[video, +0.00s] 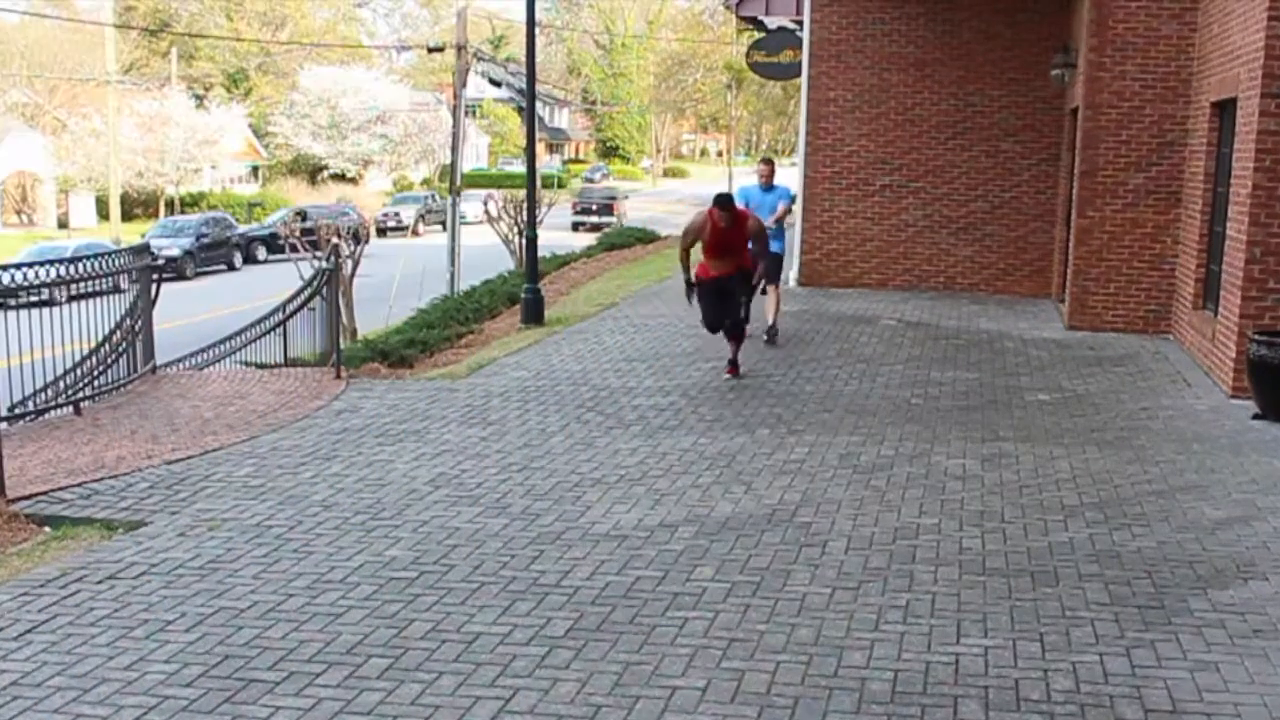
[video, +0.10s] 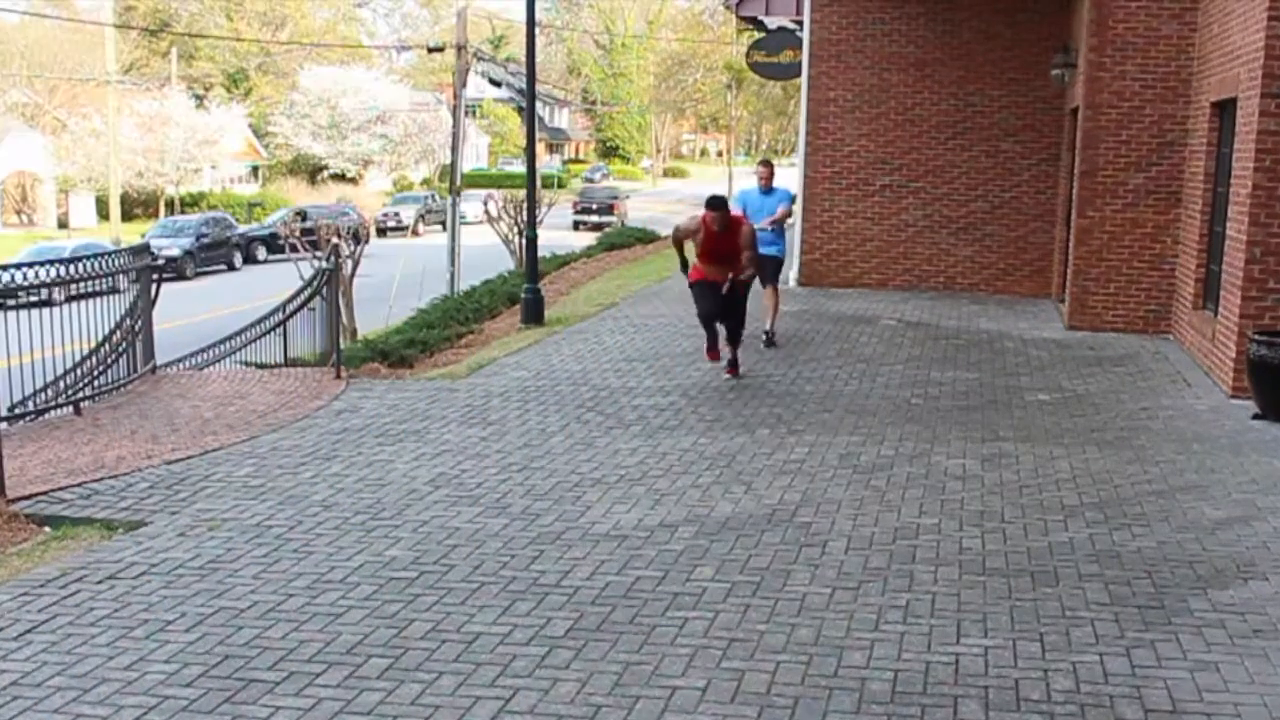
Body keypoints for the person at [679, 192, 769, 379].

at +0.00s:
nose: (723, 219)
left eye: (727, 214)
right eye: (719, 214)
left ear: (734, 211)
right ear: (713, 211)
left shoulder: (751, 224)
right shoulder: (702, 222)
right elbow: (684, 247)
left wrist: (756, 280)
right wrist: (687, 279)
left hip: (738, 275)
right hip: (709, 277)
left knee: (736, 323)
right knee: (712, 326)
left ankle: (733, 360)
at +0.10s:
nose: (714, 222)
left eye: (718, 218)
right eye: (710, 217)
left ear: (727, 215)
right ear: (706, 215)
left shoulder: (744, 229)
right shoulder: (697, 225)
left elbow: (751, 266)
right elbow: (677, 235)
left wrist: (736, 279)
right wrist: (683, 261)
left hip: (734, 279)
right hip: (704, 276)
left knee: (734, 323)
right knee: (707, 313)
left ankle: (733, 356)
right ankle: (711, 338)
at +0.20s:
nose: (698, 222)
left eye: (702, 218)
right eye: (696, 217)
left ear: (713, 214)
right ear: (692, 214)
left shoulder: (735, 226)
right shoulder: (683, 224)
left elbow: (748, 263)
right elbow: (669, 240)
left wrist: (728, 282)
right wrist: (675, 269)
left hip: (729, 276)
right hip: (698, 273)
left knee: (726, 320)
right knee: (692, 320)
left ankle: (732, 350)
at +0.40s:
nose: (683, 229)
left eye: (687, 225)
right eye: (680, 224)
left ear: (699, 220)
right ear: (677, 220)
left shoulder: (722, 232)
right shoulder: (670, 235)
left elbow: (751, 252)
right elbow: (658, 267)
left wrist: (750, 283)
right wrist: (660, 283)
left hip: (716, 288)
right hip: (686, 287)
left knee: (703, 335)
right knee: (683, 340)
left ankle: (720, 348)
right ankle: (697, 378)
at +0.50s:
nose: (686, 229)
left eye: (689, 224)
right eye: (682, 224)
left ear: (700, 218)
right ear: (676, 218)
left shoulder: (722, 226)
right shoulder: (666, 230)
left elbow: (750, 241)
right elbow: (651, 263)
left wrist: (746, 271)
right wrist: (657, 281)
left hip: (711, 282)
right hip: (681, 284)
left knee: (702, 328)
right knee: (685, 334)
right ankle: (693, 370)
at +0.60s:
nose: (688, 228)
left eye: (692, 223)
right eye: (683, 224)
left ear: (700, 217)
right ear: (675, 218)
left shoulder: (722, 229)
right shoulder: (663, 231)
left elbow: (740, 258)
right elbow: (648, 263)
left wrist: (734, 292)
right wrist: (654, 300)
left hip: (707, 290)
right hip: (675, 293)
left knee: (709, 344)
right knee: (679, 350)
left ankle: (709, 390)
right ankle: (693, 351)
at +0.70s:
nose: (680, 234)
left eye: (685, 228)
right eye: (676, 228)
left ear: (696, 221)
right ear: (670, 222)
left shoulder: (717, 238)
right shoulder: (657, 238)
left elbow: (729, 276)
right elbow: (641, 256)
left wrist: (718, 292)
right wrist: (650, 286)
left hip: (705, 301)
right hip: (670, 300)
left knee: (708, 352)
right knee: (673, 347)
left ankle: (706, 392)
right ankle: (684, 359)